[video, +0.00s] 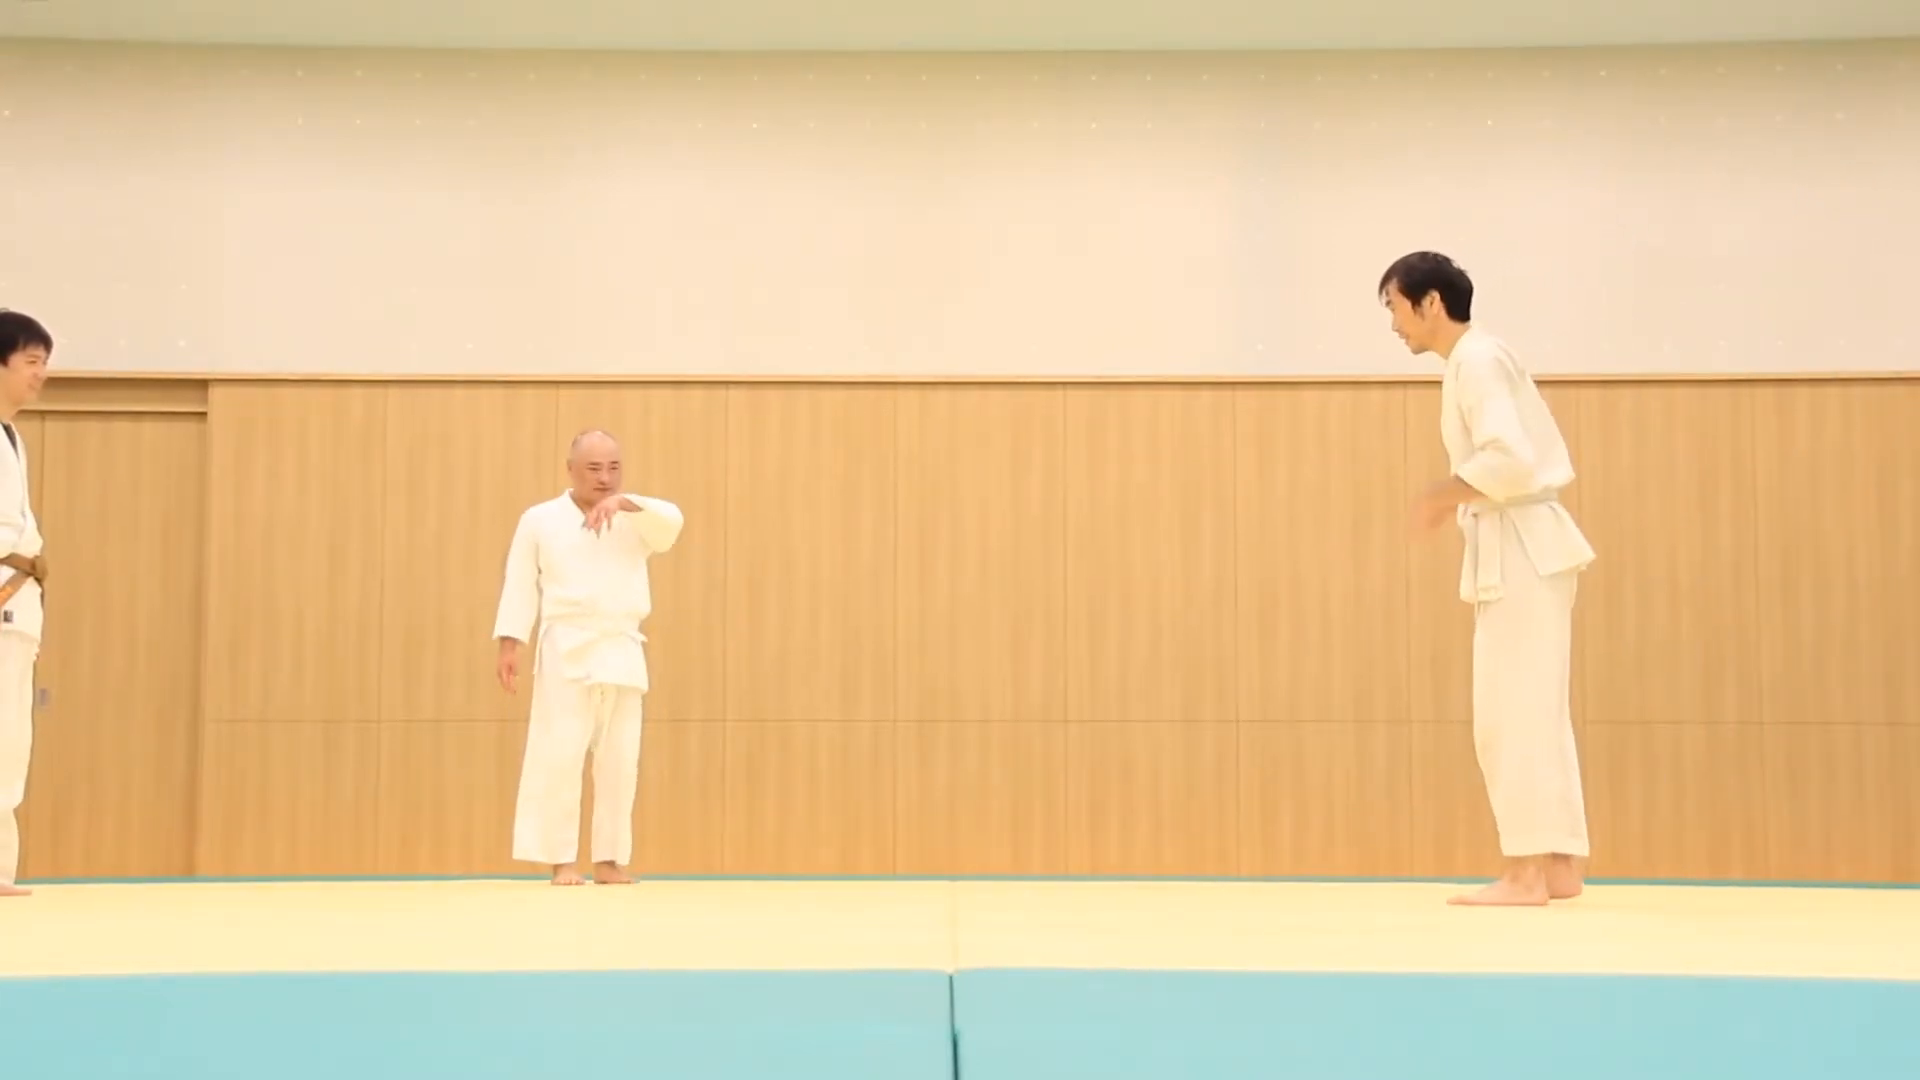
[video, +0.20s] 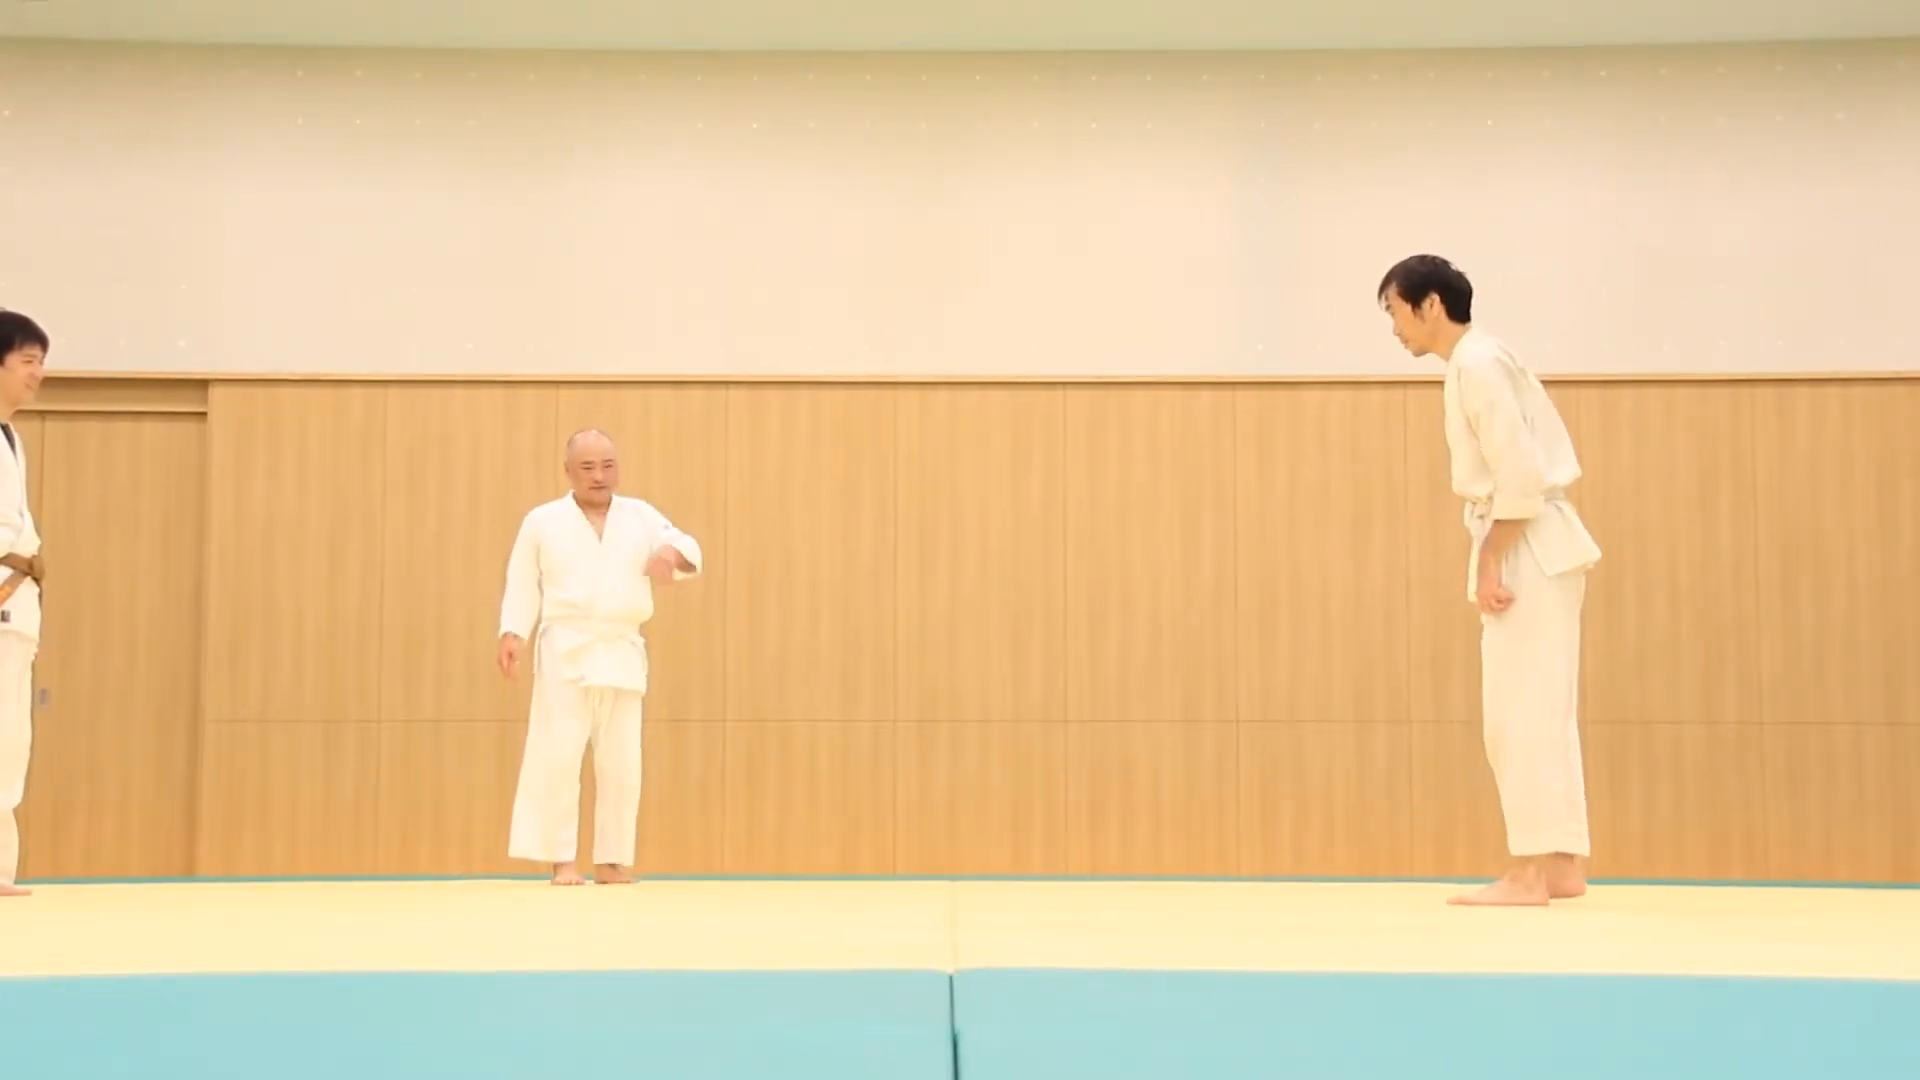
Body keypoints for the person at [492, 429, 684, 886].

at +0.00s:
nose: (604, 477)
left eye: (612, 468)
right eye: (593, 468)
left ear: (621, 472)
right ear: (570, 471)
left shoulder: (633, 519)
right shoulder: (541, 520)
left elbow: (673, 523)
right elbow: (521, 586)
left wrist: (627, 503)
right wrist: (511, 644)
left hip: (622, 650)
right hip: (565, 651)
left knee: (619, 757)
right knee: (562, 755)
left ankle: (609, 862)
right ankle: (563, 863)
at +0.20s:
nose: (599, 475)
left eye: (607, 465)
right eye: (587, 466)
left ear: (618, 468)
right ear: (568, 471)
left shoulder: (640, 515)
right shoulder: (542, 522)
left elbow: (689, 548)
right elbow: (522, 582)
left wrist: (673, 556)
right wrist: (512, 632)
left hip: (622, 651)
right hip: (564, 650)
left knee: (621, 759)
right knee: (561, 756)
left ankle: (612, 862)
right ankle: (564, 862)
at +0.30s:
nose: (598, 474)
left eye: (606, 464)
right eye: (586, 466)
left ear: (618, 467)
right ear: (569, 472)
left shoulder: (643, 519)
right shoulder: (546, 521)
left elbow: (674, 558)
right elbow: (524, 583)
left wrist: (698, 590)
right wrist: (511, 634)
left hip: (619, 652)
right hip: (559, 651)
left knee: (619, 760)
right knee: (555, 755)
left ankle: (612, 863)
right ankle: (562, 861)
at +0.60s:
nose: (591, 472)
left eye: (600, 463)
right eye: (580, 464)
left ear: (613, 467)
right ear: (563, 470)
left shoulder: (636, 520)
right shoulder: (540, 517)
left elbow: (658, 584)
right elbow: (513, 581)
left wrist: (675, 644)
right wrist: (490, 640)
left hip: (604, 654)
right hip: (543, 650)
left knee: (605, 761)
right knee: (524, 753)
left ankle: (608, 865)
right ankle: (512, 857)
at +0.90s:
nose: (544, 479)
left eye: (553, 469)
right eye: (532, 471)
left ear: (566, 473)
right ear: (516, 476)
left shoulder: (585, 527)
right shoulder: (490, 524)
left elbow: (605, 592)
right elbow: (459, 583)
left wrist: (607, 651)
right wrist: (428, 633)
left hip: (568, 656)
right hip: (506, 655)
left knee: (586, 763)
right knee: (491, 760)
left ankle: (605, 865)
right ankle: (469, 864)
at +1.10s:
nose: (495, 480)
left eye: (504, 470)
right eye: (484, 472)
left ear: (517, 474)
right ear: (468, 478)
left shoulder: (540, 526)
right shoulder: (447, 527)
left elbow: (565, 578)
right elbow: (416, 582)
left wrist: (580, 620)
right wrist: (389, 625)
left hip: (526, 658)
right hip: (467, 658)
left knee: (557, 759)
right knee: (463, 763)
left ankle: (576, 860)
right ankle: (467, 865)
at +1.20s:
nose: (475, 477)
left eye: (484, 468)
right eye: (464, 470)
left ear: (497, 470)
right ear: (449, 476)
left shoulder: (523, 521)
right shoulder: (430, 525)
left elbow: (549, 568)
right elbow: (399, 581)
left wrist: (557, 606)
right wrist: (369, 627)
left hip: (511, 655)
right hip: (454, 656)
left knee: (537, 756)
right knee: (455, 760)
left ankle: (522, 855)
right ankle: (461, 863)